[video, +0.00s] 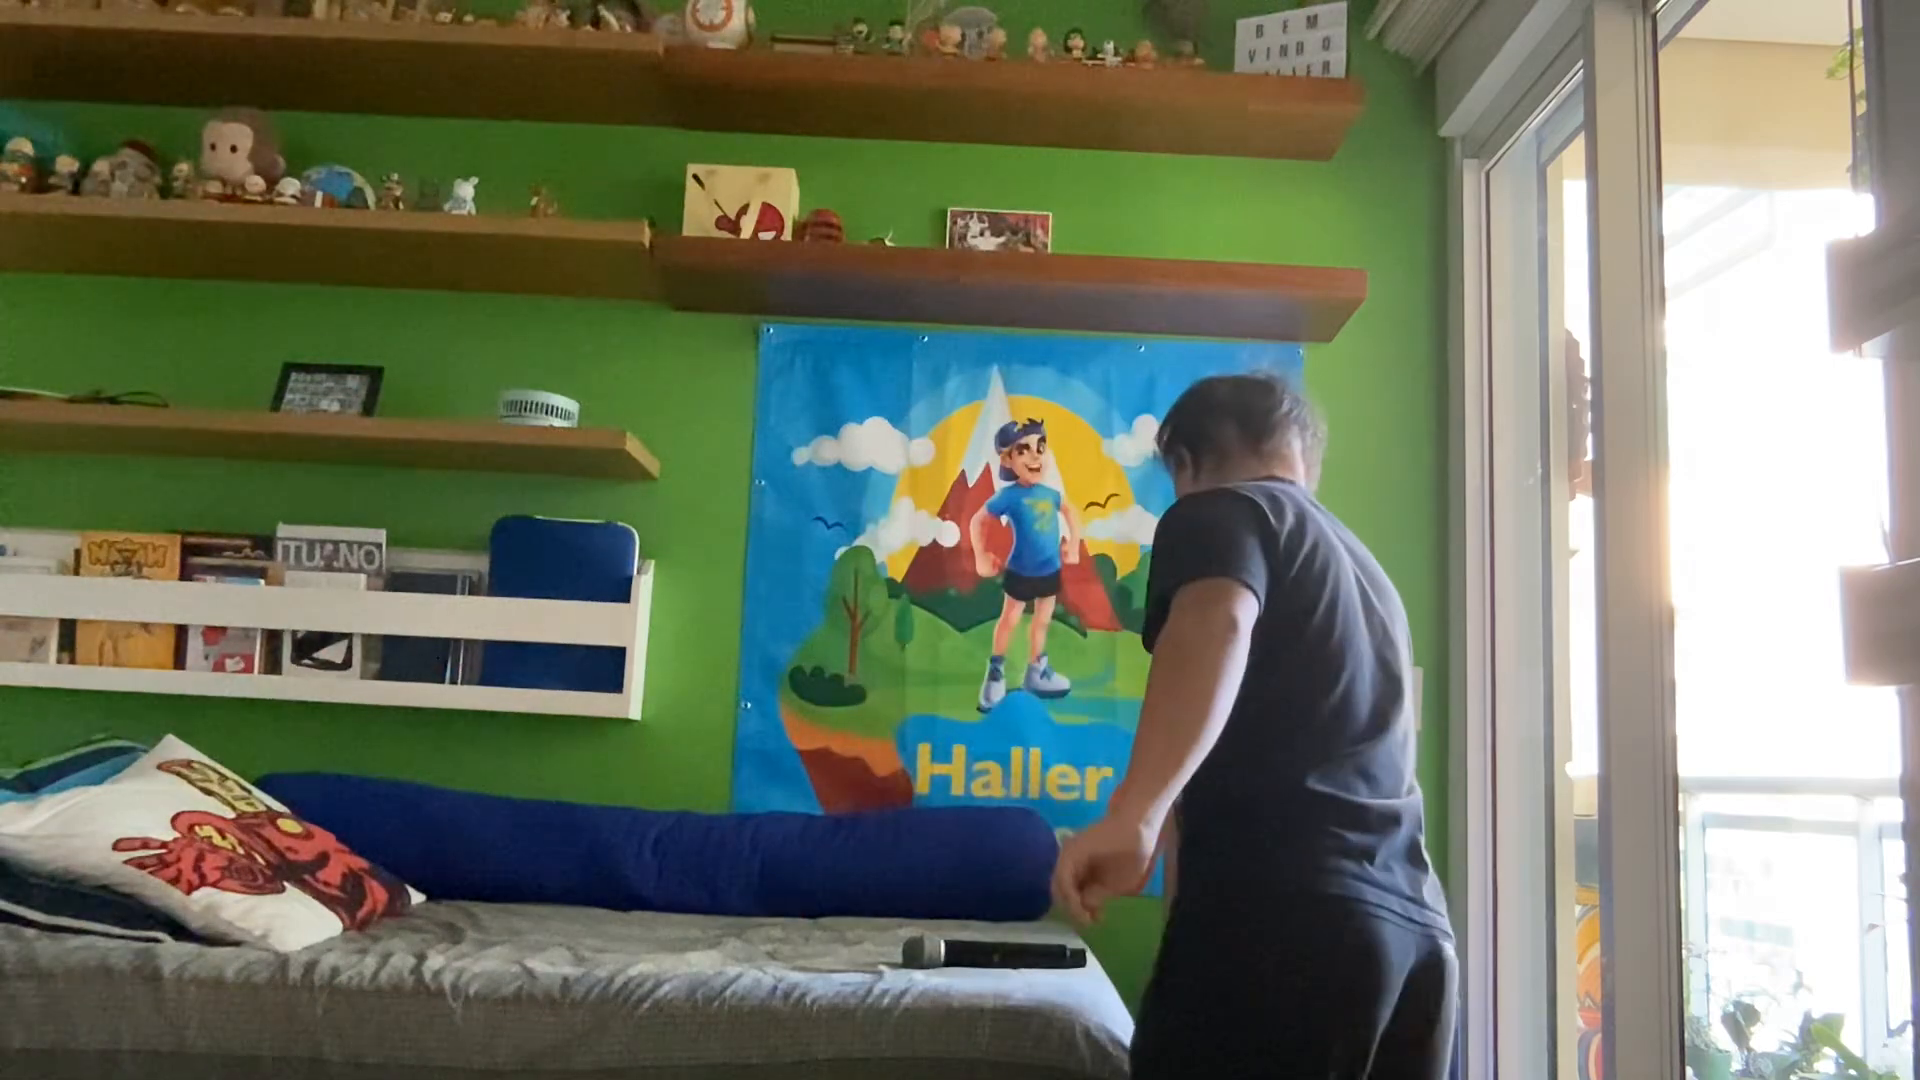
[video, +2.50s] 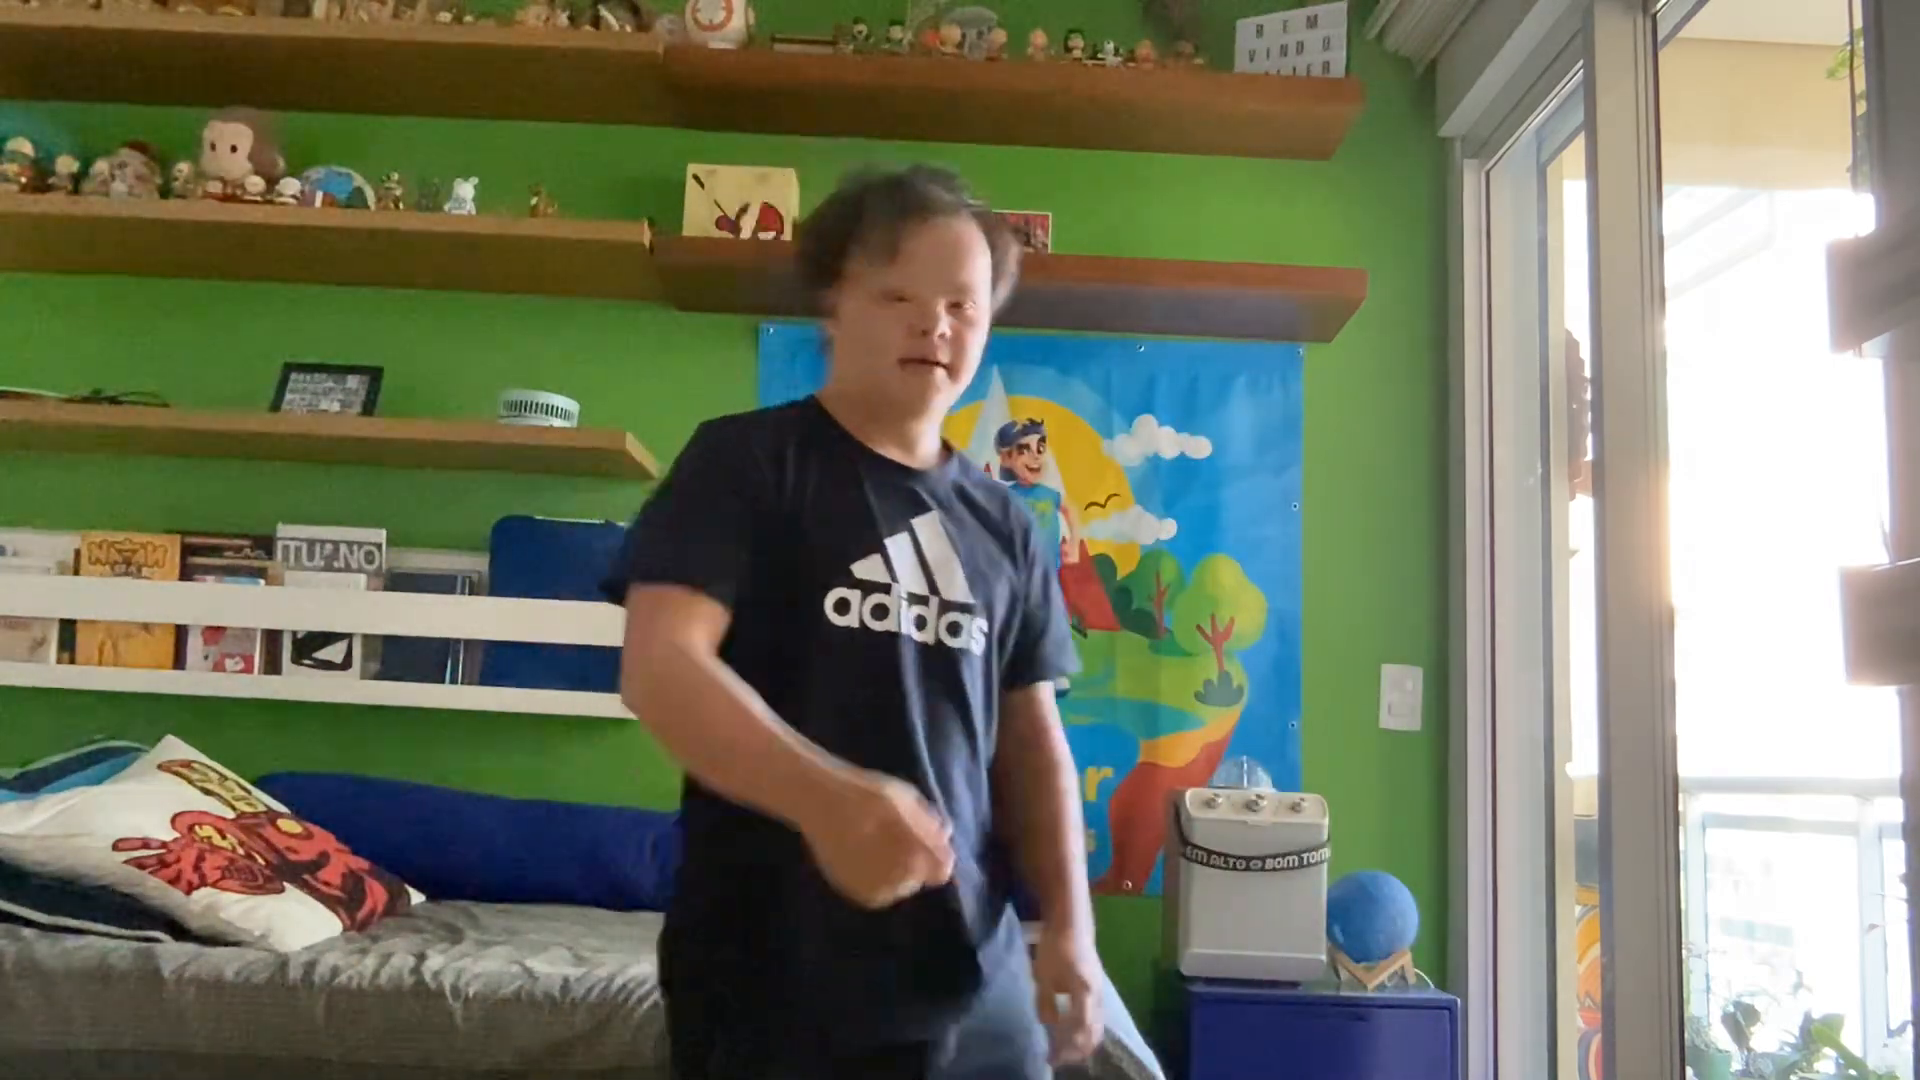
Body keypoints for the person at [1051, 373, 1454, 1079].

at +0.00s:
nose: (1179, 497)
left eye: (1176, 479)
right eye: (1176, 481)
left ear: (1188, 458)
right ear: (1303, 466)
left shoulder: (1224, 508)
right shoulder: (1371, 573)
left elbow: (1218, 620)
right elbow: (1366, 751)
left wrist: (1130, 817)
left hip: (1285, 922)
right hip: (1422, 940)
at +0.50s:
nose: (1162, 502)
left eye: (1158, 479)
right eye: (1157, 484)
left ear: (1180, 456)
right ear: (1281, 450)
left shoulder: (1228, 509)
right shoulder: (1363, 565)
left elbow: (1238, 626)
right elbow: (1394, 723)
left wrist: (1163, 826)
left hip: (1287, 920)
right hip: (1409, 937)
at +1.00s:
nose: (1090, 520)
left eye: (1084, 491)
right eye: (1079, 497)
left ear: (1140, 458)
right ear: (1212, 451)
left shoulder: (1182, 512)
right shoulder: (1300, 560)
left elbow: (1213, 618)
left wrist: (1162, 811)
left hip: (1259, 920)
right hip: (1373, 940)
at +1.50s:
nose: (897, 334)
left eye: (931, 301)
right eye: (879, 311)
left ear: (1028, 318)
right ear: (862, 327)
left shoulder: (1029, 448)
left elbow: (1147, 704)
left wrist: (1192, 969)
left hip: (1049, 968)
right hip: (998, 963)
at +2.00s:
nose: (878, 269)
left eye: (909, 243)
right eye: (842, 242)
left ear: (949, 271)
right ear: (780, 261)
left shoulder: (1003, 478)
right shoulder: (687, 468)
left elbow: (1048, 737)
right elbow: (576, 674)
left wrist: (1013, 969)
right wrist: (443, 842)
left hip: (953, 971)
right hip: (751, 965)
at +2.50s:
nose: (933, 325)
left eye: (959, 303)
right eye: (896, 296)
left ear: (985, 329)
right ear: (833, 302)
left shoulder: (1004, 524)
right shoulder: (741, 462)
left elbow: (1032, 736)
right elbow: (659, 664)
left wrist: (1066, 927)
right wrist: (822, 797)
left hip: (973, 986)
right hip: (778, 982)